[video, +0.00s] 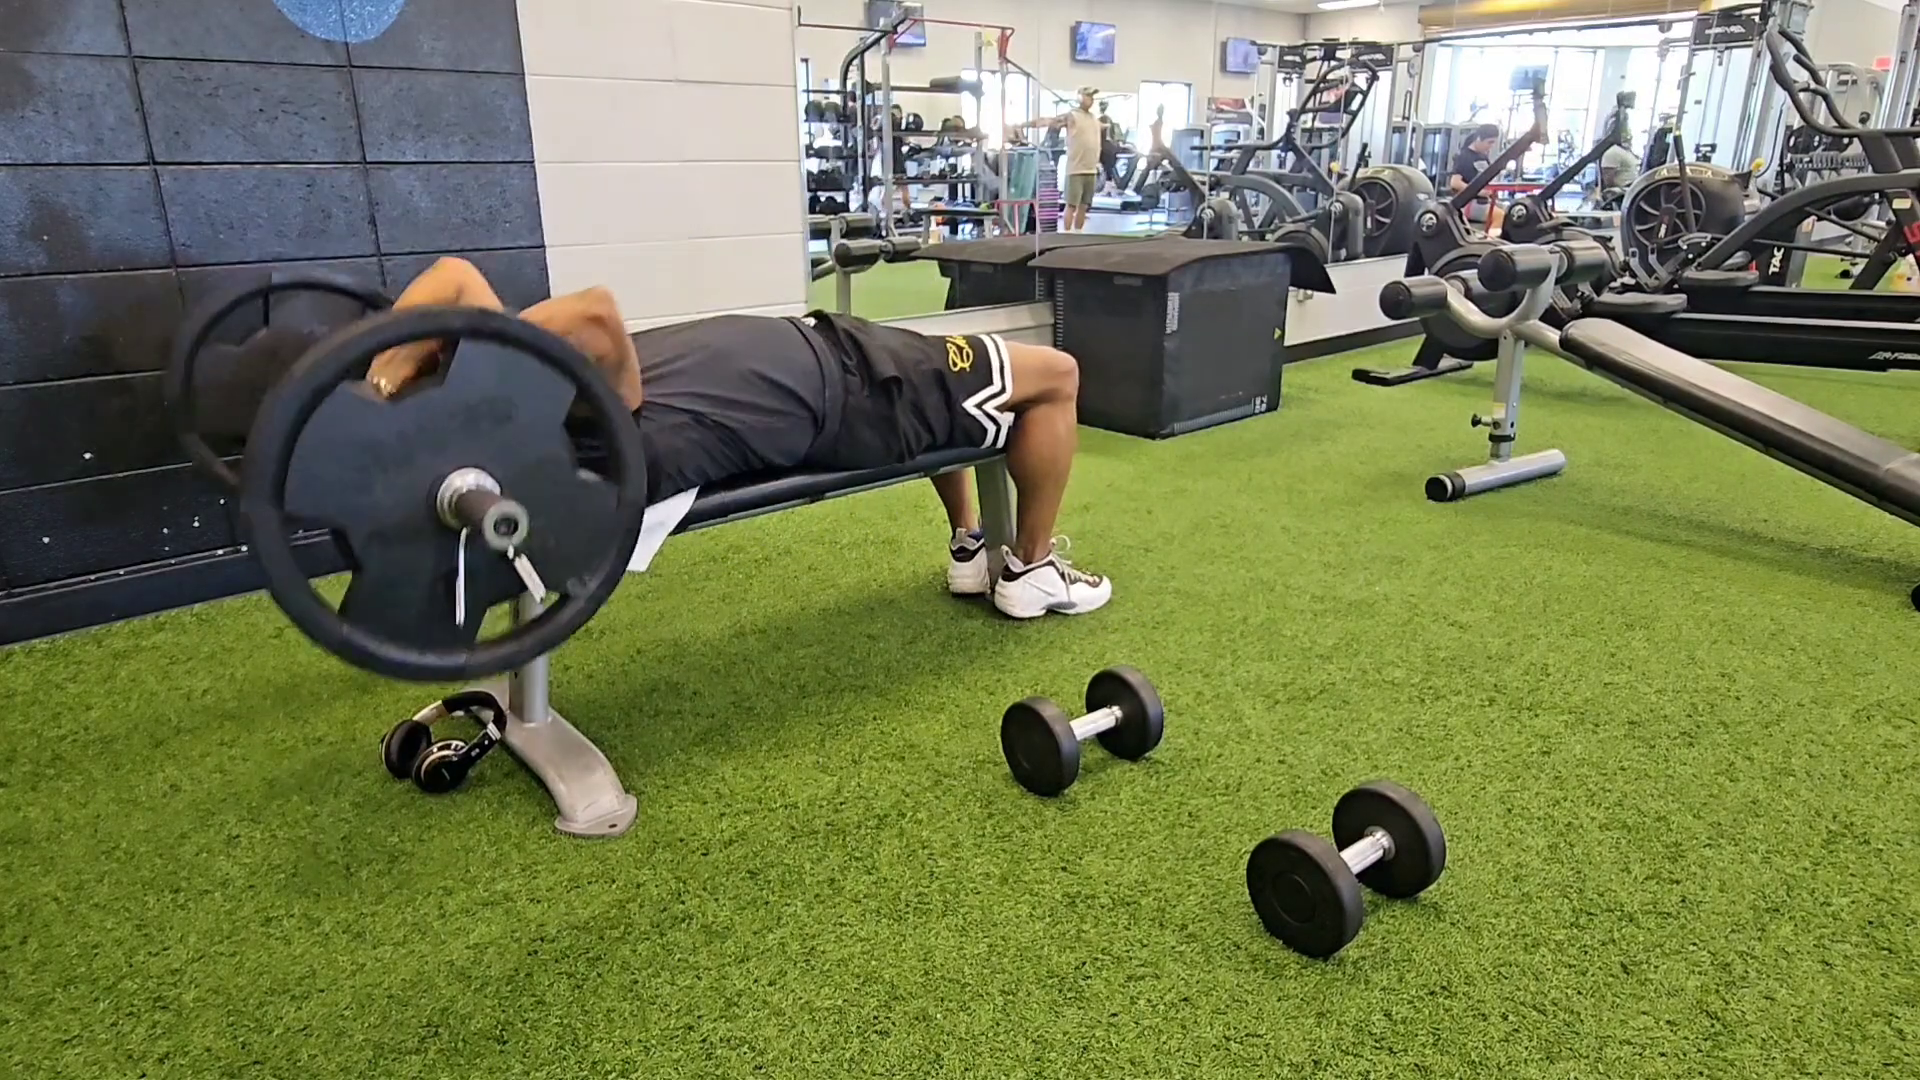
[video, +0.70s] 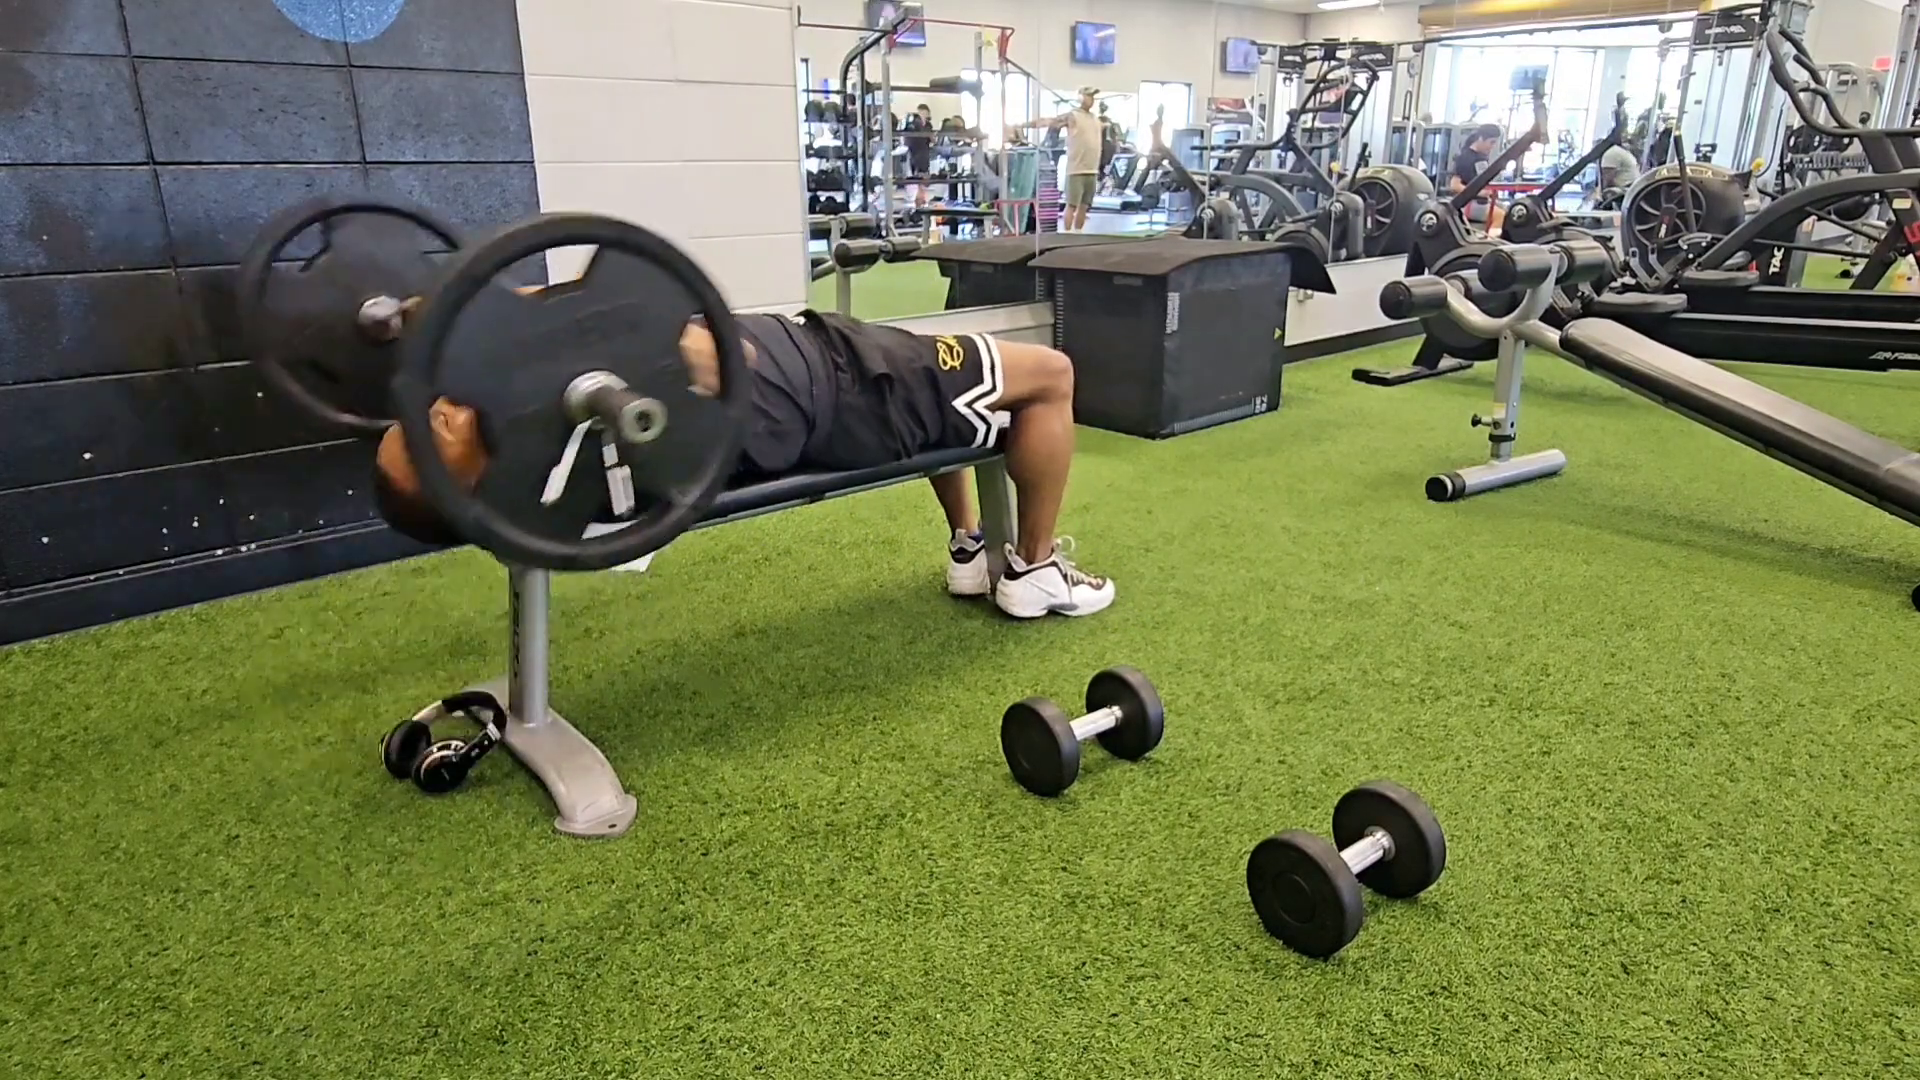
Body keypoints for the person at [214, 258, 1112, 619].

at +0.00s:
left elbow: (454, 271)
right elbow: (595, 313)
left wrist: (387, 378)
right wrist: (465, 365)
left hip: (761, 343)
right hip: (830, 390)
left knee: (927, 361)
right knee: (1056, 374)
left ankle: (977, 540)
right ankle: (1032, 567)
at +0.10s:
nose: (415, 412)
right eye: (564, 369)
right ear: (571, 421)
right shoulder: (611, 465)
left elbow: (417, 296)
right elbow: (561, 333)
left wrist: (395, 430)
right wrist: (441, 410)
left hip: (784, 341)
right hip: (849, 388)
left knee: (925, 352)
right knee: (1060, 373)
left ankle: (972, 540)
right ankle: (1032, 567)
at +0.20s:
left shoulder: (473, 415)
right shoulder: (588, 456)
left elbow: (396, 324)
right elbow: (530, 358)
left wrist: (386, 473)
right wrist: (431, 463)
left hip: (785, 343)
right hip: (847, 383)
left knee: (929, 344)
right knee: (1060, 375)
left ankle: (973, 543)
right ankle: (1032, 568)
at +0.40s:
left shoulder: (498, 398)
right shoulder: (606, 463)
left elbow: (405, 310)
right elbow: (540, 344)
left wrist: (376, 457)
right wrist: (431, 445)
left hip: (786, 341)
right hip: (853, 384)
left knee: (929, 347)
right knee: (1060, 372)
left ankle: (973, 541)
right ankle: (1035, 567)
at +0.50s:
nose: (583, 363)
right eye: (575, 365)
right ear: (578, 411)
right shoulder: (620, 461)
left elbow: (438, 288)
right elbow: (570, 319)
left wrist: (383, 409)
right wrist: (452, 411)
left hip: (787, 340)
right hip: (852, 385)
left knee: (930, 354)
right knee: (1056, 371)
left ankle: (972, 543)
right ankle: (1037, 565)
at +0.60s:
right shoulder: (601, 451)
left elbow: (449, 303)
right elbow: (648, 317)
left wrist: (379, 366)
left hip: (764, 350)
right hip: (823, 388)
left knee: (920, 349)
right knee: (1048, 371)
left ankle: (971, 545)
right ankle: (1038, 568)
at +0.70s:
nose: (439, 415)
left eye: (420, 434)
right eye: (433, 437)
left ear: (429, 442)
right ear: (462, 474)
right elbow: (692, 378)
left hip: (760, 344)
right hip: (810, 384)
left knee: (924, 344)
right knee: (1049, 375)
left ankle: (972, 544)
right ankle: (1036, 567)